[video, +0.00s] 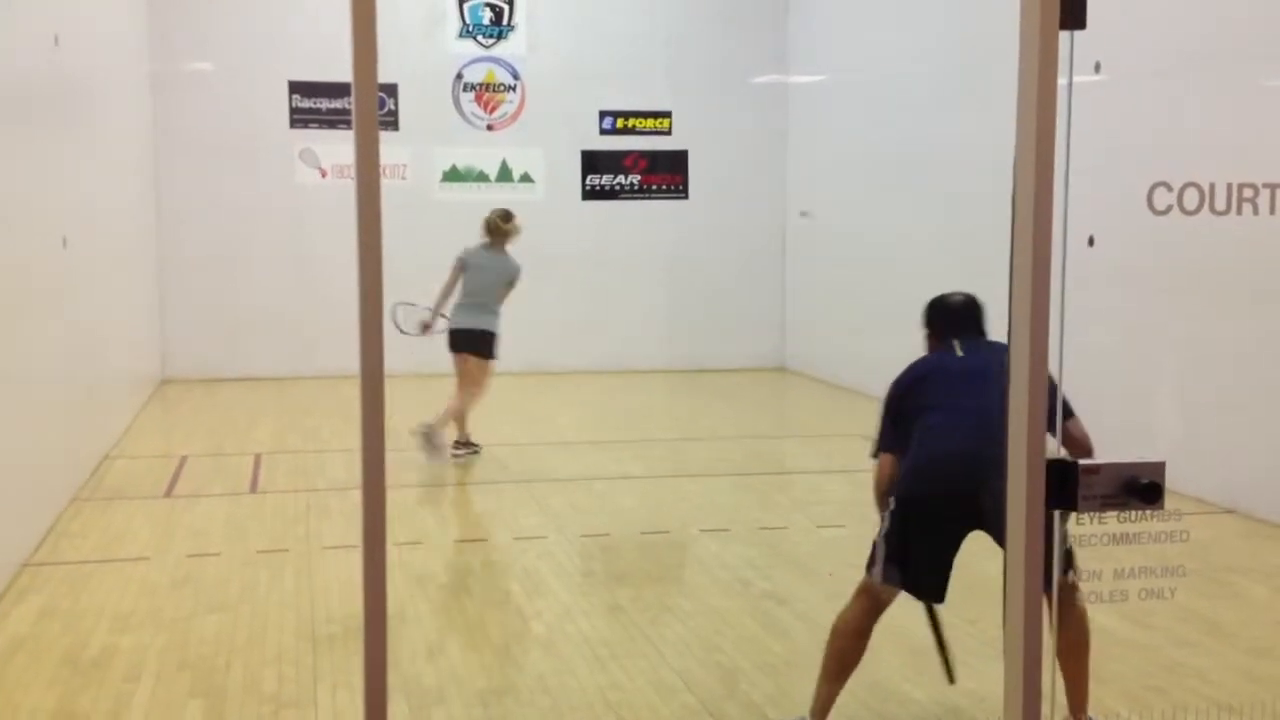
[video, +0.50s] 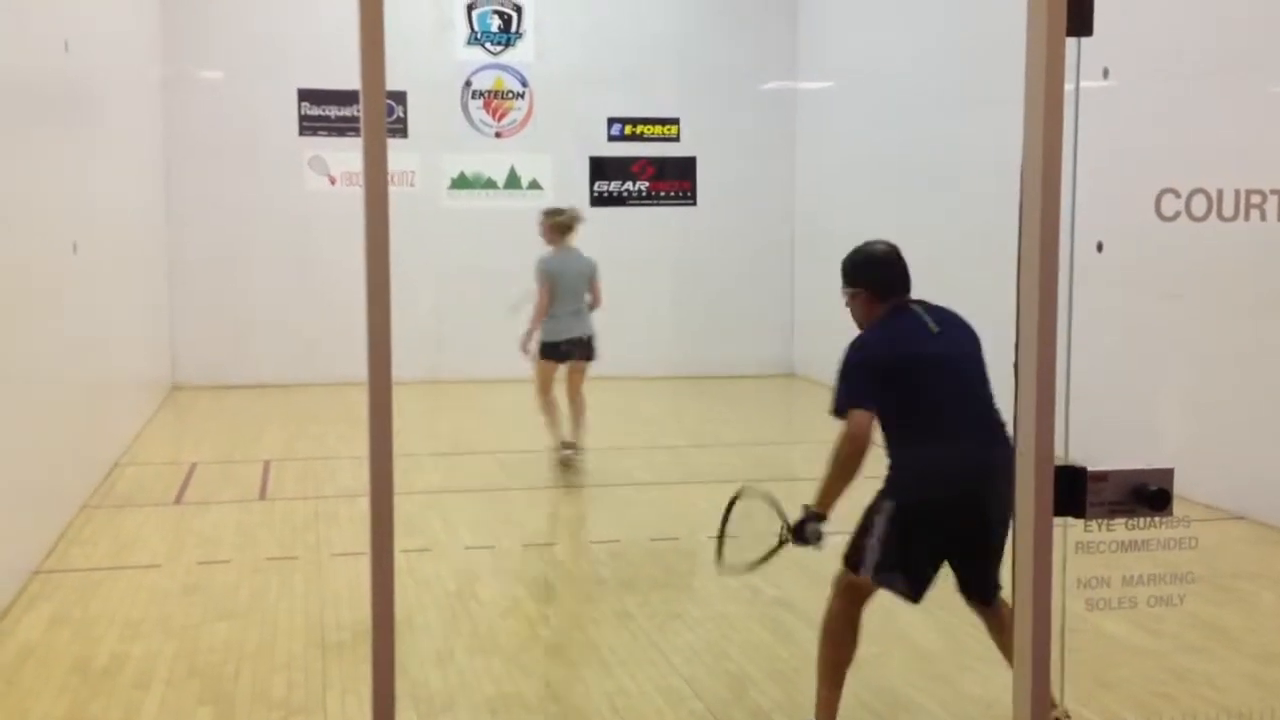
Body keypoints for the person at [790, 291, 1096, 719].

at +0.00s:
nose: (925, 342)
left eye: (925, 336)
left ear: (931, 336)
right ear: (982, 331)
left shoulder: (914, 376)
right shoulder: (1021, 362)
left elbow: (886, 470)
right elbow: (1081, 444)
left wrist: (887, 516)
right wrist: (1079, 478)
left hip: (929, 486)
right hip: (1010, 486)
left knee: (870, 597)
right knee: (1064, 592)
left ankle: (817, 713)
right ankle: (1080, 713)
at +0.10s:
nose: (933, 336)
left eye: (932, 329)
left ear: (939, 330)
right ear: (993, 323)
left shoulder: (919, 372)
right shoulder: (1029, 358)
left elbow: (893, 465)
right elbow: (1080, 440)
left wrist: (894, 517)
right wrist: (1081, 492)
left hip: (931, 485)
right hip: (1014, 487)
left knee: (867, 593)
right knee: (1066, 594)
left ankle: (817, 712)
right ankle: (1080, 713)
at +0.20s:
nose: (919, 326)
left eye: (919, 318)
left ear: (923, 320)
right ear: (976, 313)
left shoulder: (906, 364)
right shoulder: (1016, 352)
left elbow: (881, 462)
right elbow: (1058, 442)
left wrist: (888, 513)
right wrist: (1053, 499)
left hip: (928, 484)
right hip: (1010, 485)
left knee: (856, 590)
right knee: (1054, 595)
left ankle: (821, 712)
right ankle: (1078, 714)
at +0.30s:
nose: (887, 312)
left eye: (887, 306)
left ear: (891, 308)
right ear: (941, 302)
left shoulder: (881, 359)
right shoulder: (988, 346)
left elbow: (861, 454)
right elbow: (1017, 424)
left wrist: (856, 510)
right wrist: (1027, 495)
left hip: (918, 489)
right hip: (996, 489)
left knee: (845, 591)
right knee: (1039, 599)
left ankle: (820, 713)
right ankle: (1075, 713)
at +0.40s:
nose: (858, 307)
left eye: (859, 300)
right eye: (859, 299)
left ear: (868, 303)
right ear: (914, 294)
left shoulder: (864, 355)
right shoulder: (960, 334)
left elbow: (847, 445)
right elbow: (996, 419)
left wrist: (824, 506)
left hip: (913, 491)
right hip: (988, 488)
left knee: (841, 590)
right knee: (1022, 609)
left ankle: (821, 711)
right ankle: (1064, 710)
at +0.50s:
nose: (848, 305)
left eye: (849, 296)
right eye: (847, 295)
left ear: (864, 295)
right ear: (904, 287)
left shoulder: (870, 348)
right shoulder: (953, 324)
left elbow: (857, 435)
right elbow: (971, 408)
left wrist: (817, 511)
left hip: (920, 488)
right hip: (992, 481)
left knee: (849, 593)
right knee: (985, 594)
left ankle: (825, 713)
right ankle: (1047, 704)